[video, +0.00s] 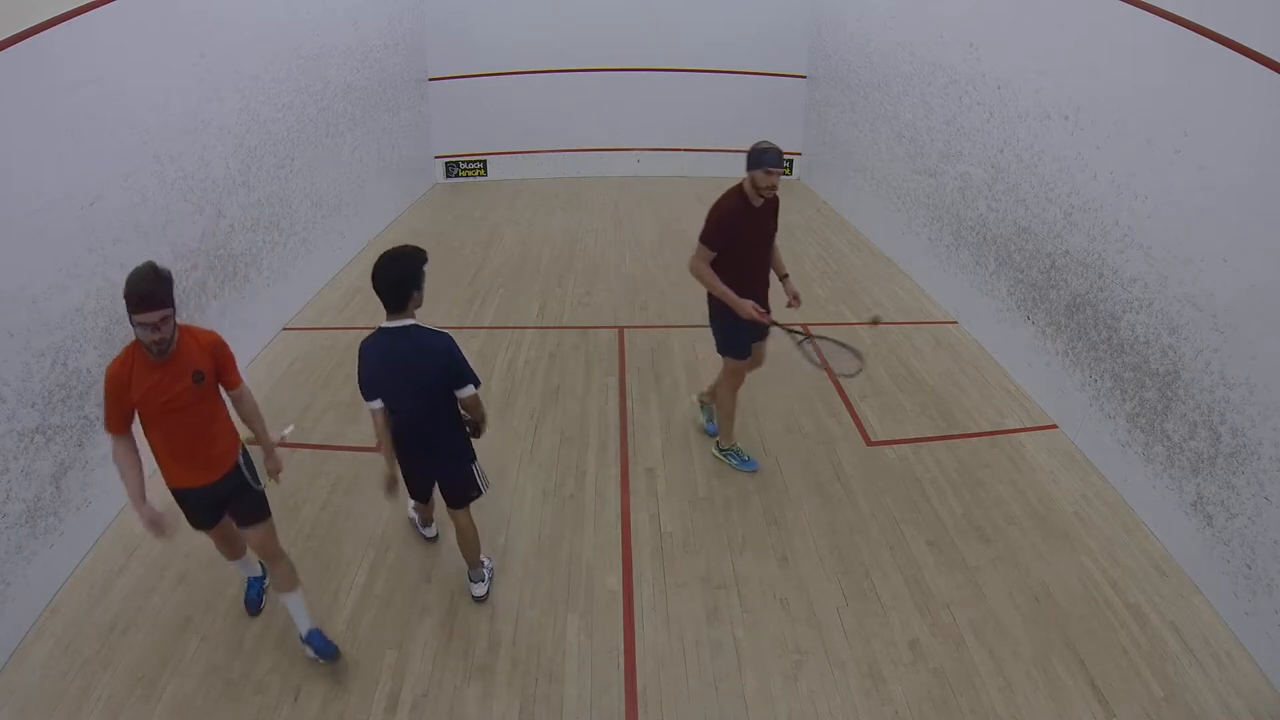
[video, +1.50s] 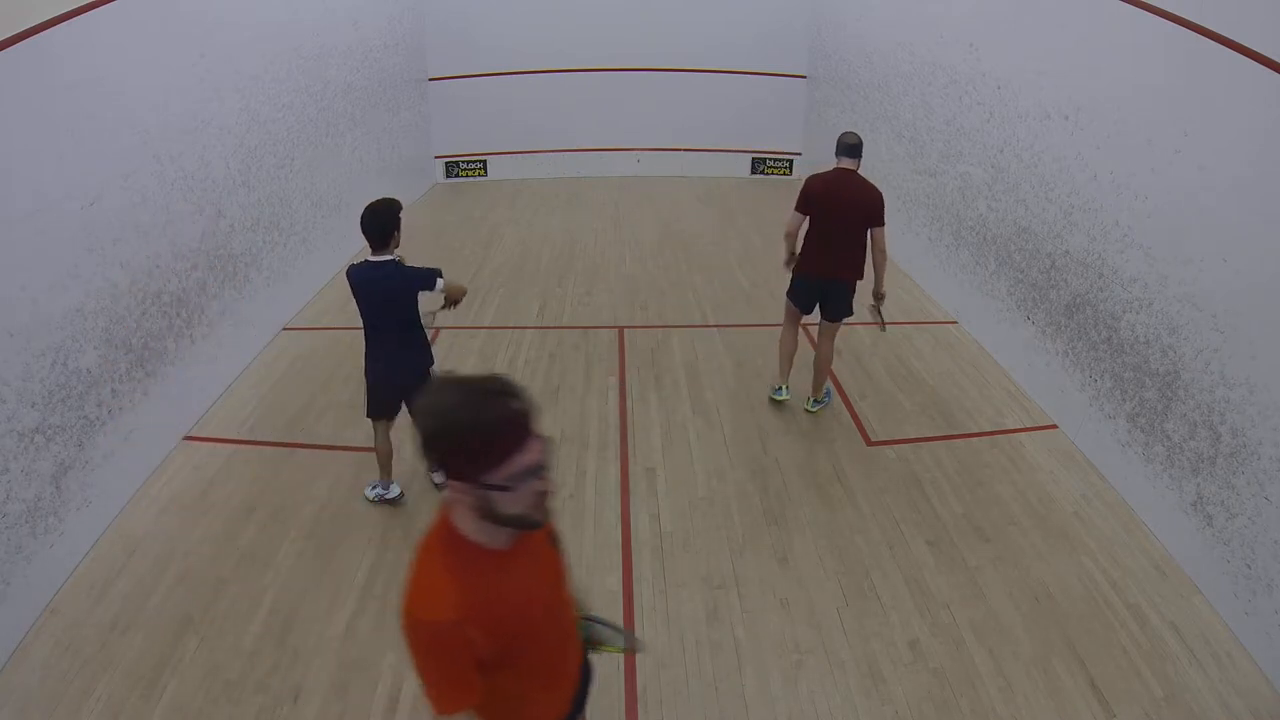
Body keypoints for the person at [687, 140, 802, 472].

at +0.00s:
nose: (772, 181)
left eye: (777, 174)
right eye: (766, 174)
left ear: (780, 173)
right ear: (749, 171)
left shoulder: (771, 200)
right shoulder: (727, 208)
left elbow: (768, 243)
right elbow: (697, 264)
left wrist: (786, 281)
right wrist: (737, 302)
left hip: (757, 297)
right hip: (727, 301)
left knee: (755, 359)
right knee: (734, 370)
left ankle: (708, 397)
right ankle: (725, 444)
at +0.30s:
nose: (811, 180)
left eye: (813, 173)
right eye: (806, 173)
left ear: (810, 173)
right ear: (785, 172)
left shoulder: (789, 200)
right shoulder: (760, 208)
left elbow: (786, 250)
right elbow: (730, 265)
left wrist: (812, 281)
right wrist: (760, 307)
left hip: (773, 302)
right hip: (750, 305)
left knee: (780, 349)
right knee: (746, 371)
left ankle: (764, 412)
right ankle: (725, 443)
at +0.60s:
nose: (828, 171)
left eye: (828, 164)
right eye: (826, 164)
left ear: (801, 162)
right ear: (815, 165)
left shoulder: (791, 191)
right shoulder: (793, 201)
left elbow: (795, 233)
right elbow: (784, 262)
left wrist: (823, 217)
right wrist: (801, 312)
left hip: (783, 294)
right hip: (782, 299)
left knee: (785, 360)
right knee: (783, 368)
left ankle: (778, 415)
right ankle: (737, 435)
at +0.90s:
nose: (831, 162)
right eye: (832, 158)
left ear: (804, 157)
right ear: (832, 160)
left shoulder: (785, 188)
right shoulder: (834, 200)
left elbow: (779, 235)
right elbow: (841, 259)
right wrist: (850, 298)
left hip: (779, 288)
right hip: (815, 293)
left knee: (779, 351)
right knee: (818, 351)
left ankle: (775, 417)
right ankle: (801, 415)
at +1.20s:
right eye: (848, 160)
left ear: (824, 157)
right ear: (850, 161)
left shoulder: (800, 187)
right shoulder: (858, 198)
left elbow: (776, 234)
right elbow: (874, 249)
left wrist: (763, 272)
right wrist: (876, 265)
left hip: (797, 280)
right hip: (832, 286)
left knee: (791, 343)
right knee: (823, 343)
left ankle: (777, 413)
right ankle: (816, 397)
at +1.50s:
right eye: (857, 156)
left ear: (835, 153)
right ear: (861, 157)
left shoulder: (815, 183)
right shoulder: (872, 194)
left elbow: (791, 230)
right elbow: (879, 249)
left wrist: (790, 254)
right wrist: (879, 286)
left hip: (808, 272)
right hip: (843, 279)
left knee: (791, 322)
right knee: (826, 339)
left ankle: (782, 386)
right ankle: (815, 396)